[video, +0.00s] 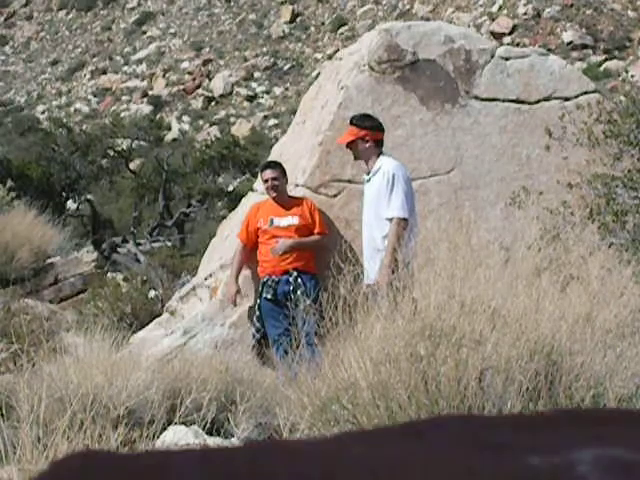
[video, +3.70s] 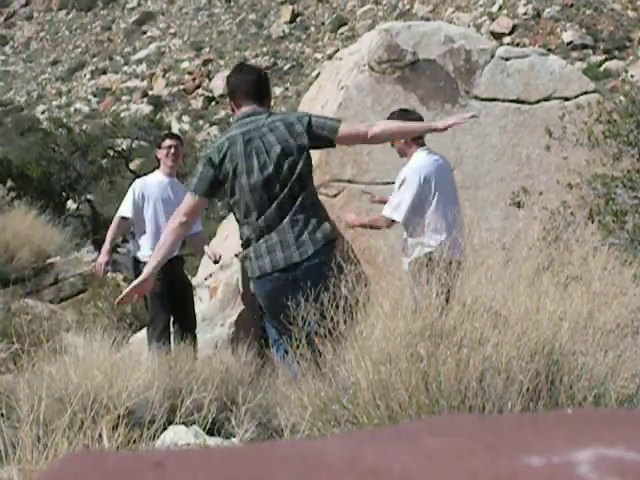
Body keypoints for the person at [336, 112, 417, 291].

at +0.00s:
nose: (349, 147)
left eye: (353, 142)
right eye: (349, 142)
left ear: (368, 141)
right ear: (366, 142)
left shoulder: (393, 171)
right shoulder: (371, 176)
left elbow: (399, 222)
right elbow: (375, 226)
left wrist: (386, 270)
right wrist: (370, 274)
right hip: (373, 277)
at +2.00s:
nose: (352, 147)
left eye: (356, 142)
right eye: (352, 143)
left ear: (373, 140)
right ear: (371, 141)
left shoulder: (395, 169)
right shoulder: (376, 173)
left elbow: (400, 220)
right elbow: (380, 222)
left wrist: (382, 266)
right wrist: (371, 260)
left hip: (400, 265)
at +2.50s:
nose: (367, 146)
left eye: (368, 141)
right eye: (367, 141)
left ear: (379, 142)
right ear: (390, 140)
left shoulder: (406, 171)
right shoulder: (398, 169)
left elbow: (405, 225)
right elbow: (402, 224)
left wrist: (390, 266)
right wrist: (391, 263)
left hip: (411, 266)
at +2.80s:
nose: (377, 141)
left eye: (378, 136)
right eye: (377, 136)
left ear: (387, 138)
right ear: (405, 135)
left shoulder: (406, 169)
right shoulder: (425, 162)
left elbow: (405, 227)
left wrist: (388, 270)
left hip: (418, 261)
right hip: (438, 257)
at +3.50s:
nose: (388, 145)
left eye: (388, 139)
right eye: (387, 139)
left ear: (398, 138)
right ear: (415, 135)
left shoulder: (409, 169)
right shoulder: (436, 161)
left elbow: (404, 223)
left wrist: (390, 253)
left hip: (423, 250)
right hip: (448, 246)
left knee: (421, 309)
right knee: (443, 309)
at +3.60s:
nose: (392, 147)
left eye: (392, 141)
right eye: (391, 142)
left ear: (401, 139)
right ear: (417, 137)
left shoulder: (412, 169)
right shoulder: (438, 161)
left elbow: (393, 223)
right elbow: (422, 209)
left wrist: (363, 246)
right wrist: (384, 227)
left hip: (425, 252)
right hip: (450, 248)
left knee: (423, 312)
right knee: (442, 311)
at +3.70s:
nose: (392, 145)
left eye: (393, 139)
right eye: (391, 140)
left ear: (405, 139)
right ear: (418, 137)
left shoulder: (414, 171)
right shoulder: (440, 162)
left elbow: (385, 220)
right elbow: (422, 198)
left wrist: (357, 222)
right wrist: (387, 200)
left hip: (427, 256)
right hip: (451, 251)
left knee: (425, 319)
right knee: (444, 316)